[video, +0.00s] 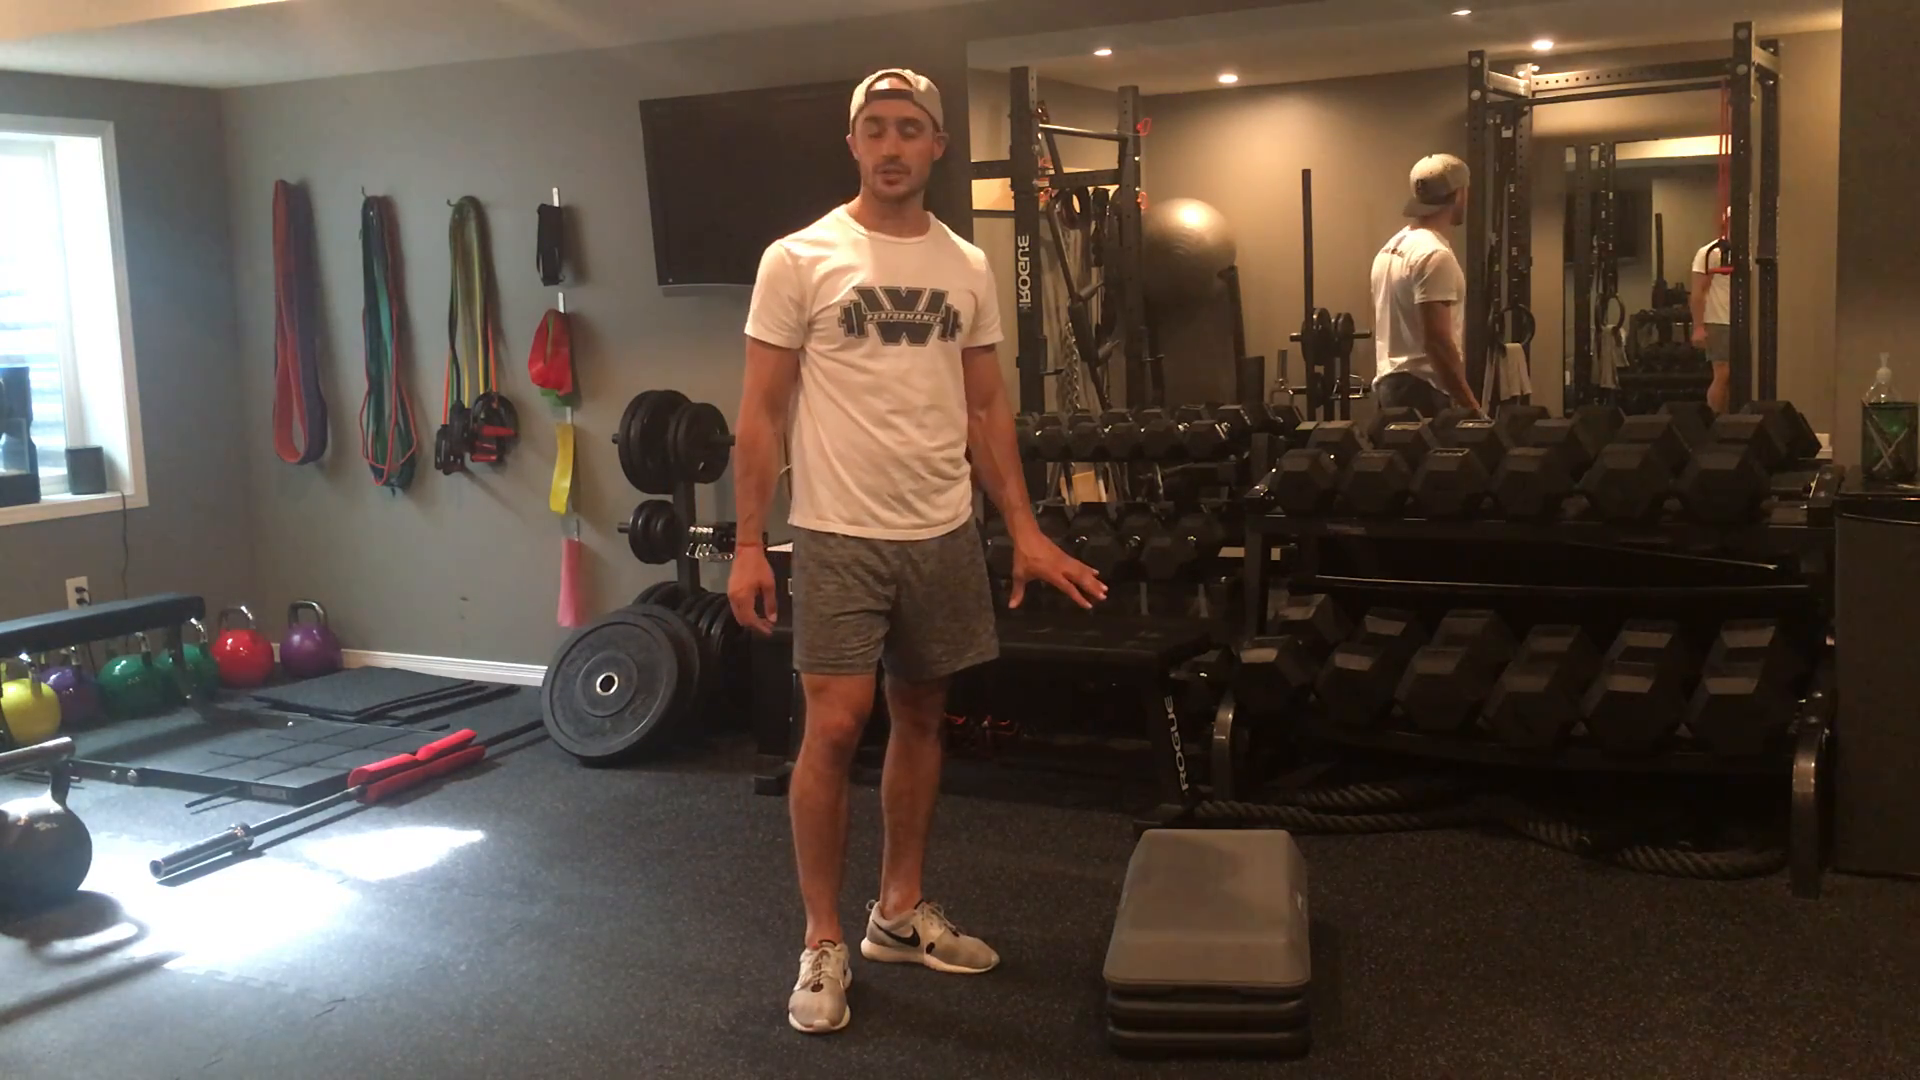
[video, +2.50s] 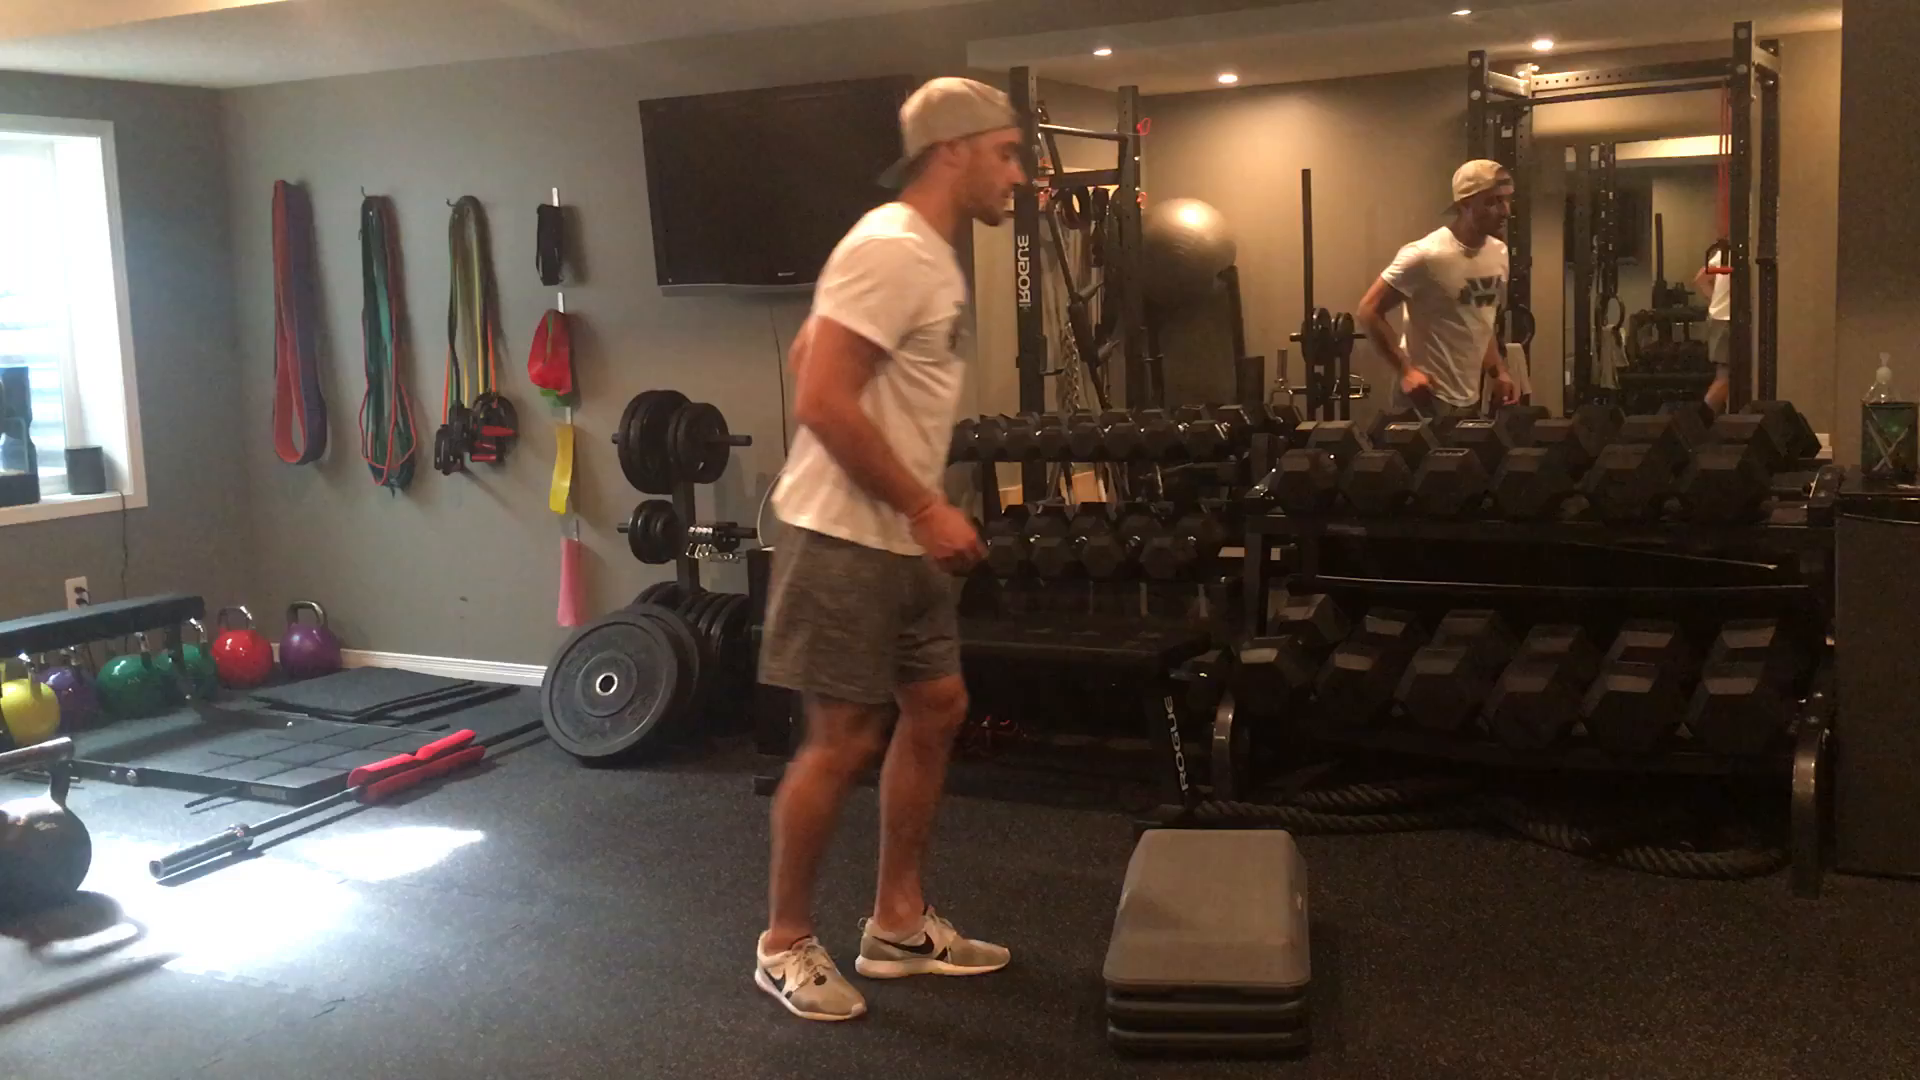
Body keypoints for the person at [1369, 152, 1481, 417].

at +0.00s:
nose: (1467, 199)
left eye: (1467, 191)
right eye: (1466, 192)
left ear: (1420, 194)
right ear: (1458, 196)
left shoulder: (1389, 249)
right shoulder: (1434, 254)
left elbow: (1387, 328)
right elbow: (1438, 341)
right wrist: (1471, 406)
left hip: (1389, 388)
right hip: (1423, 393)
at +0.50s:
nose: (1464, 196)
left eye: (1463, 188)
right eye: (1462, 188)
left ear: (1418, 197)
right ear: (1451, 193)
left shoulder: (1388, 253)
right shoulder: (1441, 250)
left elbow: (1386, 333)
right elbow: (1451, 338)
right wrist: (1483, 400)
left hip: (1391, 388)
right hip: (1431, 391)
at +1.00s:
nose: (1469, 199)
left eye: (1468, 190)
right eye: (1466, 190)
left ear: (1422, 196)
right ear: (1452, 194)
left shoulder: (1389, 251)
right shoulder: (1438, 252)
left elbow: (1379, 332)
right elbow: (1445, 340)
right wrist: (1477, 405)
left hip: (1390, 389)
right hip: (1427, 392)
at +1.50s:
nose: (1469, 202)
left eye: (1469, 193)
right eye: (1468, 193)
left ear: (1425, 195)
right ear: (1453, 193)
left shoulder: (1399, 245)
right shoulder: (1429, 253)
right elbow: (1430, 339)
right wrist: (1462, 405)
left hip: (1393, 386)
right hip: (1419, 391)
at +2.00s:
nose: (1477, 215)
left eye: (1479, 205)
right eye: (1471, 204)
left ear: (1444, 199)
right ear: (1443, 199)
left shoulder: (1440, 249)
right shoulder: (1409, 247)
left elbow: (1429, 327)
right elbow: (1395, 327)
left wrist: (1444, 394)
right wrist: (1438, 392)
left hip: (1428, 394)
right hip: (1400, 392)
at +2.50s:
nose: (1507, 211)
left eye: (1509, 201)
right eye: (1497, 202)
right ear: (1468, 204)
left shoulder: (1499, 252)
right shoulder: (1423, 255)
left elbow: (1482, 323)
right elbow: (1368, 311)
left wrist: (1499, 371)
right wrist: (1406, 370)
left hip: (1469, 404)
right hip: (1426, 403)